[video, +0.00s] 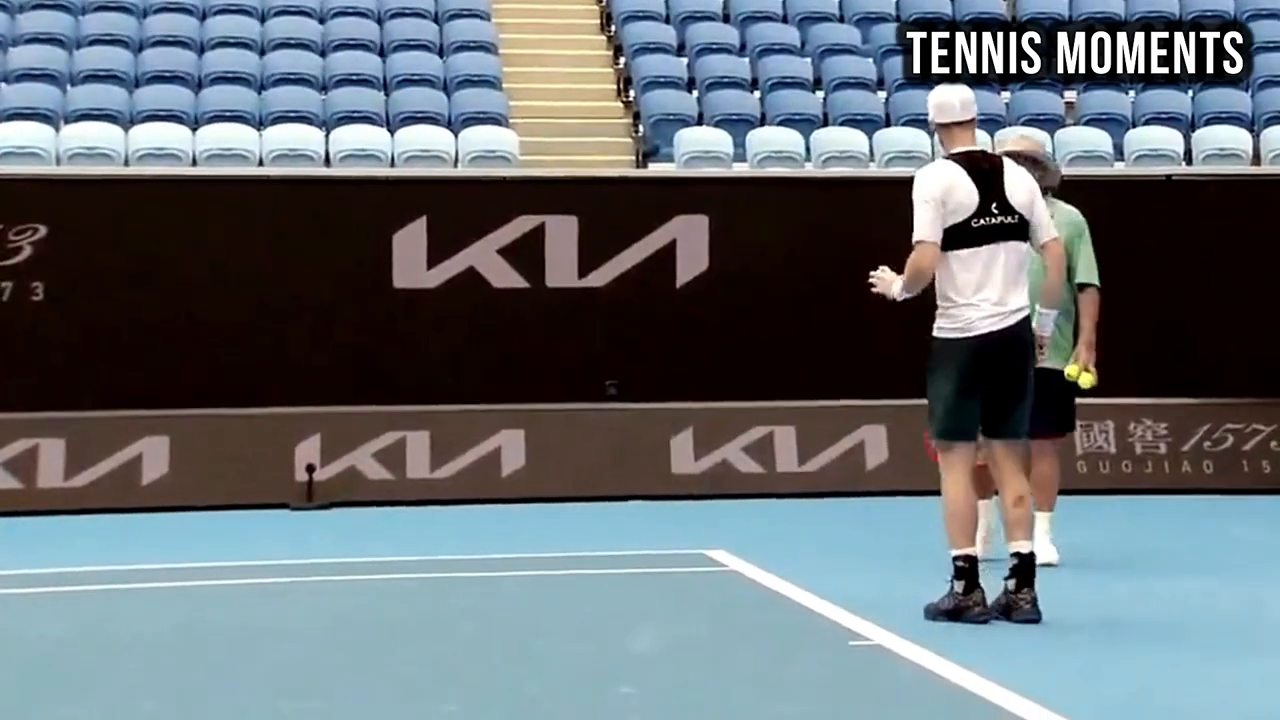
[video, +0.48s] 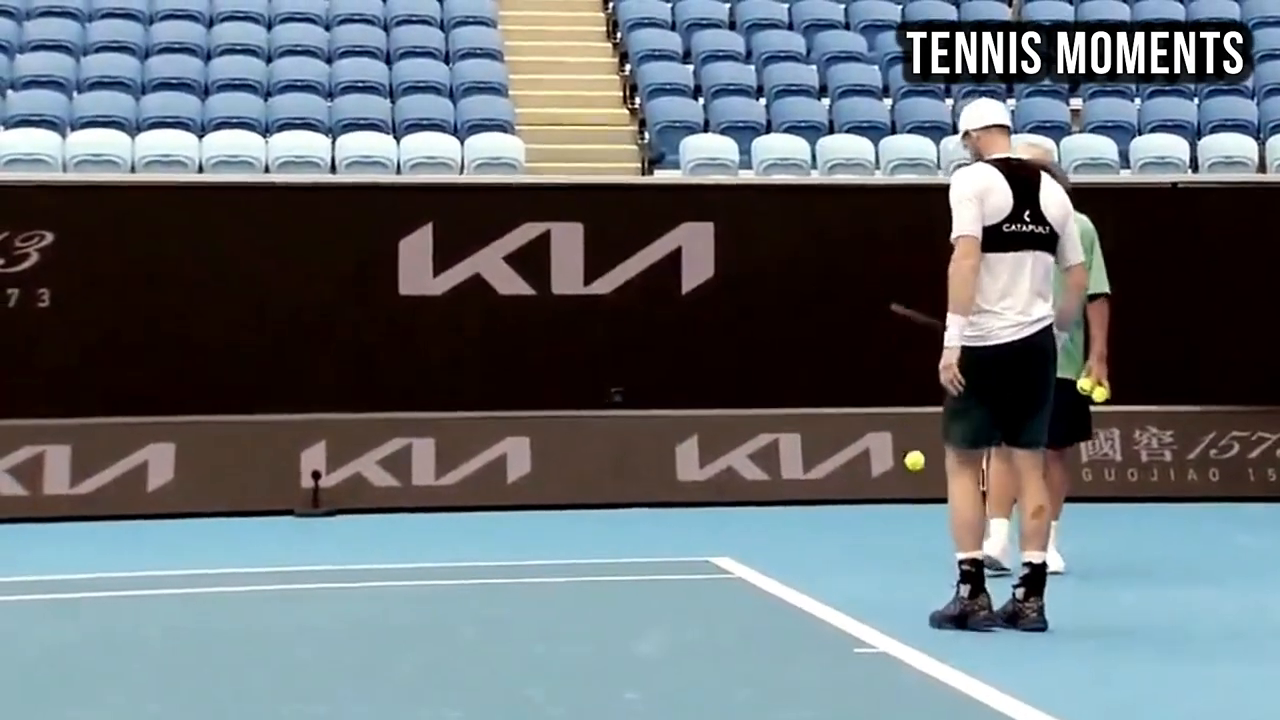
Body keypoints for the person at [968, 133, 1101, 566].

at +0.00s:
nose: (1018, 172)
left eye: (1027, 163)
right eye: (1010, 163)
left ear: (1044, 170)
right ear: (996, 167)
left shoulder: (1067, 219)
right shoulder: (984, 215)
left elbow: (1087, 286)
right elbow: (966, 280)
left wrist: (1085, 344)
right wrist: (973, 333)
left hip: (1048, 353)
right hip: (994, 349)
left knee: (1043, 443)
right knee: (984, 444)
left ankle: (1041, 532)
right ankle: (986, 524)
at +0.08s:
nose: (1019, 172)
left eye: (1028, 163)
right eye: (1012, 162)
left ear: (1046, 169)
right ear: (998, 167)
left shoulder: (1069, 218)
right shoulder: (984, 214)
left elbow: (1090, 286)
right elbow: (964, 279)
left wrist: (1087, 344)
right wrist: (970, 336)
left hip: (1049, 353)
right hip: (995, 349)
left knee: (1042, 443)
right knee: (987, 443)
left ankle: (1042, 533)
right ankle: (988, 526)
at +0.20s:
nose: (1025, 176)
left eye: (1034, 166)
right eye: (1018, 166)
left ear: (1052, 173)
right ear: (1003, 171)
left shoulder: (1074, 221)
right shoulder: (990, 219)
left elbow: (1094, 288)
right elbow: (966, 284)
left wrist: (1090, 347)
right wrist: (969, 338)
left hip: (1054, 358)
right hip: (999, 354)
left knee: (1046, 448)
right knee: (991, 447)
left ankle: (1044, 538)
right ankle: (991, 533)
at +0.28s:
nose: (1026, 178)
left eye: (1035, 169)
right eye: (1019, 168)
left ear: (1053, 174)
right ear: (1004, 173)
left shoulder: (1076, 224)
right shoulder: (993, 223)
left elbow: (1097, 292)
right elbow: (972, 288)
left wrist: (1091, 354)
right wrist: (960, 337)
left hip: (1057, 362)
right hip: (1003, 358)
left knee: (1050, 452)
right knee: (996, 451)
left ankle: (1045, 540)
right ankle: (993, 536)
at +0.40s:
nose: (1027, 179)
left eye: (1036, 169)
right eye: (1020, 169)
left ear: (1054, 173)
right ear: (1008, 175)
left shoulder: (1077, 225)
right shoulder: (999, 224)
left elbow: (1097, 295)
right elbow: (982, 289)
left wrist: (1095, 356)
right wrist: (977, 334)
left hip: (1060, 362)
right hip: (1009, 357)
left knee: (1052, 453)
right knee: (1000, 450)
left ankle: (1046, 542)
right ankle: (995, 539)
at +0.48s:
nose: (1025, 177)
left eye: (1034, 167)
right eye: (1018, 167)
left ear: (1053, 172)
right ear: (1006, 173)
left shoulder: (1078, 226)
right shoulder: (998, 224)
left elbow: (1097, 296)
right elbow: (980, 290)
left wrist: (1097, 357)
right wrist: (979, 340)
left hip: (1061, 361)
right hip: (1009, 356)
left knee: (1054, 453)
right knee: (1002, 450)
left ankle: (1047, 542)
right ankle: (997, 538)